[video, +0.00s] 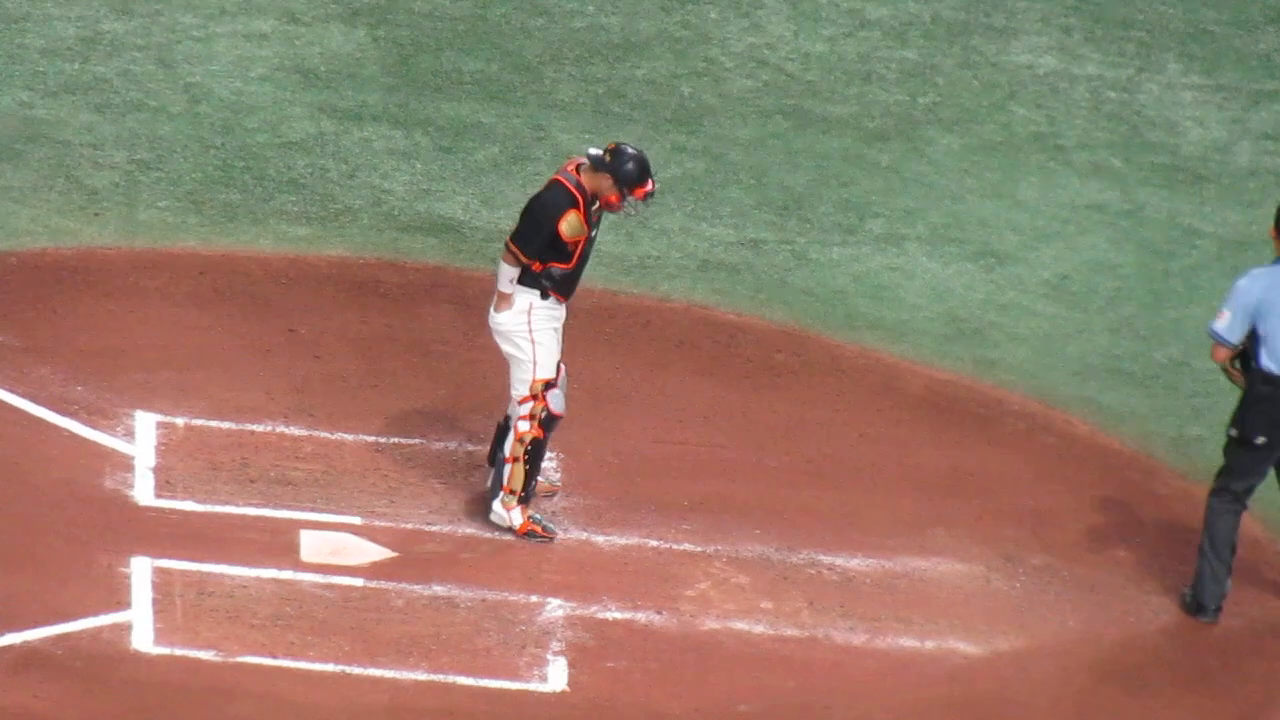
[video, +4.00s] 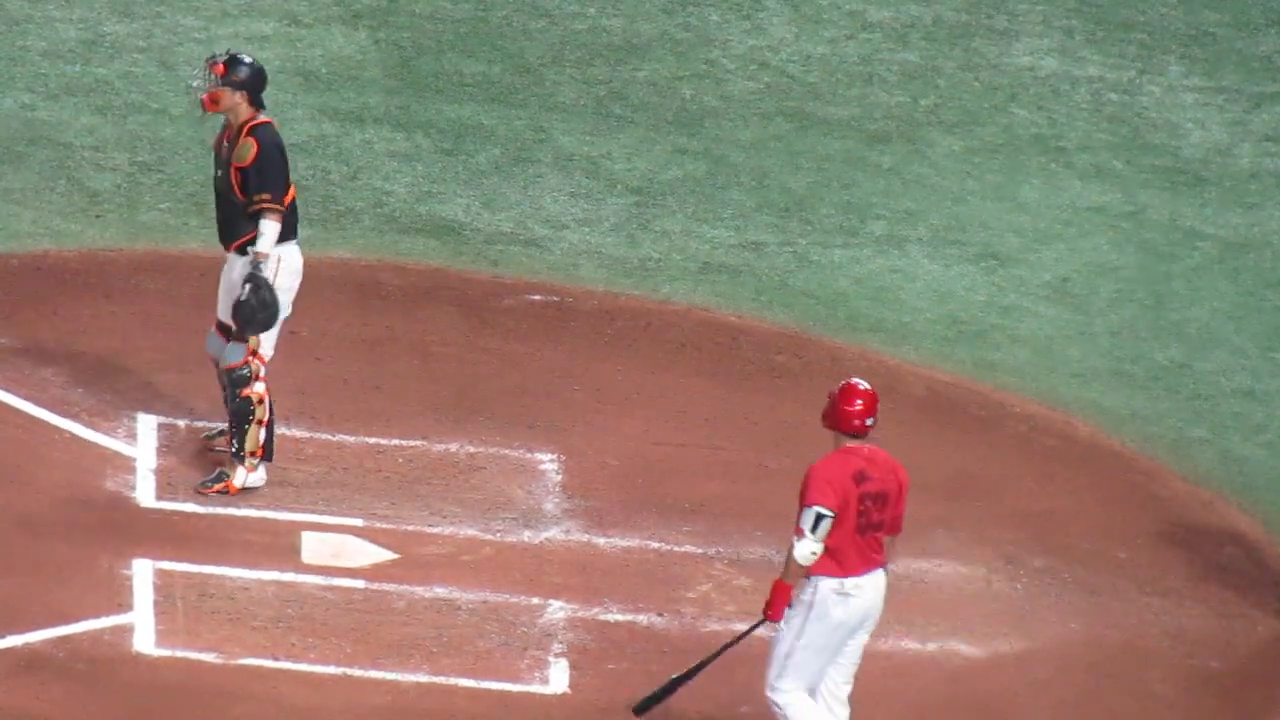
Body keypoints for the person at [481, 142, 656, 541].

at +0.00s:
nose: (621, 202)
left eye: (626, 197)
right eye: (622, 195)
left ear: (611, 175)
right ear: (607, 180)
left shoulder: (587, 180)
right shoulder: (557, 202)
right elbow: (514, 251)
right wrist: (502, 299)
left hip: (546, 306)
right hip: (528, 306)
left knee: (550, 398)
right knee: (533, 408)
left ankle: (507, 468)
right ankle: (509, 504)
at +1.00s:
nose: (625, 212)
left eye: (629, 206)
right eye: (623, 204)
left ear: (622, 190)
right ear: (605, 188)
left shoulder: (607, 199)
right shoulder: (559, 204)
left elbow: (585, 256)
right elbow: (516, 248)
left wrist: (585, 299)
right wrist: (504, 291)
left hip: (565, 306)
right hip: (530, 303)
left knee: (571, 394)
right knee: (537, 405)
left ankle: (536, 468)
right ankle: (507, 502)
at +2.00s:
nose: (462, 149)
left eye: (472, 142)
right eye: (455, 140)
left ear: (489, 142)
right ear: (446, 137)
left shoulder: (520, 174)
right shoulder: (432, 161)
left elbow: (548, 233)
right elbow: (426, 209)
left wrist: (557, 292)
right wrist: (447, 247)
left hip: (492, 290)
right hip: (436, 283)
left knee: (528, 376)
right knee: (396, 360)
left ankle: (526, 469)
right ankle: (397, 447)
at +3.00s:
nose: (245, 157)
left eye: (245, 147)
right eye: (241, 150)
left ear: (264, 135)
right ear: (268, 132)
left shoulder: (293, 174)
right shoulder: (317, 147)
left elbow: (304, 247)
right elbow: (352, 208)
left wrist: (302, 305)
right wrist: (348, 259)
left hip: (321, 284)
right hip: (343, 276)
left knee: (260, 369)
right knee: (335, 367)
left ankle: (251, 472)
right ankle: (387, 431)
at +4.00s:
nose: (214, 91)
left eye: (222, 86)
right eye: (215, 84)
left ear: (244, 94)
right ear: (234, 92)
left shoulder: (263, 138)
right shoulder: (230, 134)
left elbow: (272, 209)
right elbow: (240, 201)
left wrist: (260, 269)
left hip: (269, 257)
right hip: (242, 255)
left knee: (243, 360)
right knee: (221, 347)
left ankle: (251, 466)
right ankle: (243, 429)